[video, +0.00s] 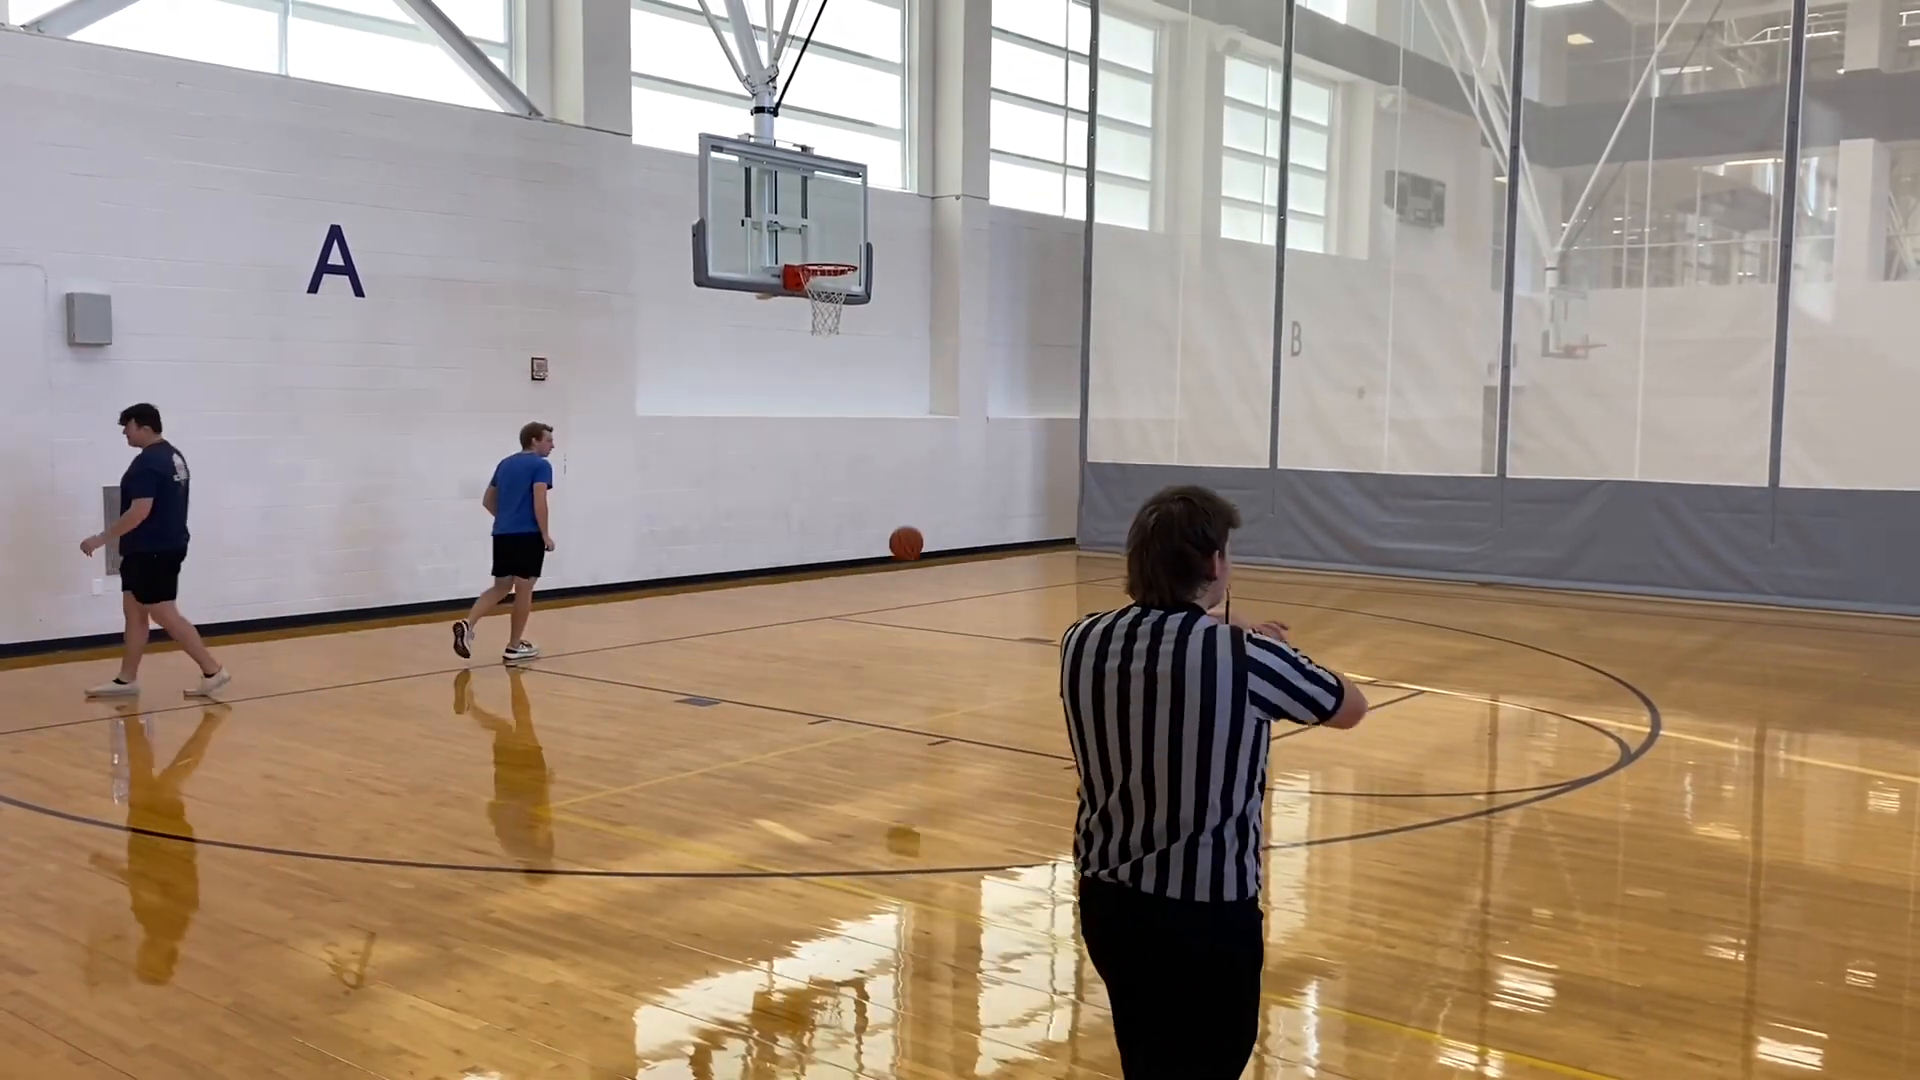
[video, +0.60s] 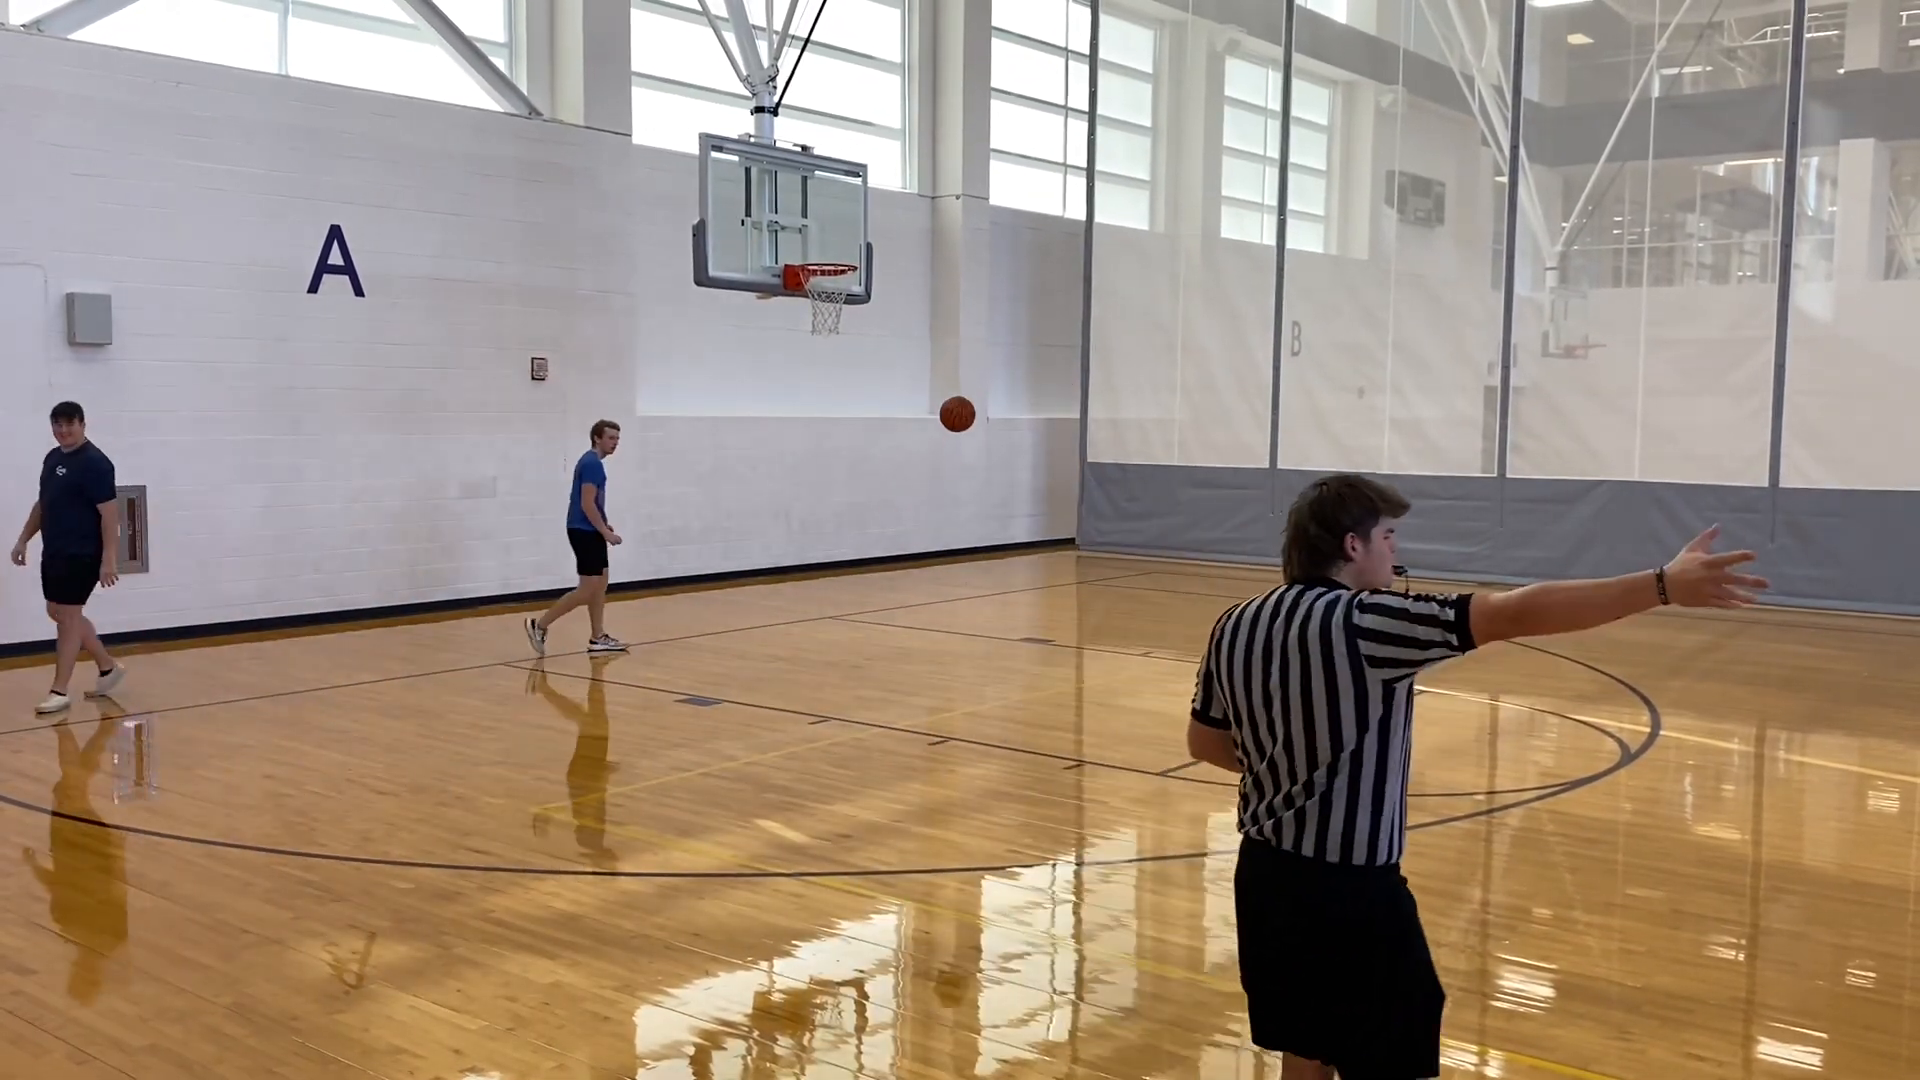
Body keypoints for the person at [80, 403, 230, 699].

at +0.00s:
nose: (125, 435)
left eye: (128, 429)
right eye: (125, 429)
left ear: (143, 428)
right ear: (150, 429)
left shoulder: (148, 461)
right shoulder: (172, 455)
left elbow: (139, 511)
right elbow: (169, 508)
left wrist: (101, 538)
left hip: (150, 551)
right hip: (163, 548)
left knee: (164, 613)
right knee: (135, 610)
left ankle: (214, 672)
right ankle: (126, 679)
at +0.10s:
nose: (110, 431)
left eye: (113, 425)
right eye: (109, 426)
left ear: (131, 424)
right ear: (133, 426)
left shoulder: (138, 457)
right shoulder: (143, 452)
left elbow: (136, 509)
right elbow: (141, 507)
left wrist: (106, 548)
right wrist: (114, 547)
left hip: (139, 547)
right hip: (141, 545)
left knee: (126, 610)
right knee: (126, 611)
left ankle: (187, 663)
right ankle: (126, 680)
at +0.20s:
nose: (97, 429)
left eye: (103, 423)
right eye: (96, 424)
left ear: (120, 422)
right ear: (111, 424)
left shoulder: (128, 456)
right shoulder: (121, 453)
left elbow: (134, 509)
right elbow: (120, 507)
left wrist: (117, 551)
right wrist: (104, 547)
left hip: (126, 546)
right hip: (125, 544)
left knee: (97, 607)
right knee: (123, 609)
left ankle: (155, 661)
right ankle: (126, 678)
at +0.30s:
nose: (88, 429)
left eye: (93, 423)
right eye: (84, 424)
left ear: (110, 422)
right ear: (83, 427)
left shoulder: (124, 458)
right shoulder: (96, 455)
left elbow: (134, 509)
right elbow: (89, 502)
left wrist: (124, 552)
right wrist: (70, 533)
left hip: (111, 548)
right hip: (100, 545)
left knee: (82, 604)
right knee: (116, 609)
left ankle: (113, 674)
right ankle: (125, 680)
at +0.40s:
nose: (76, 431)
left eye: (81, 424)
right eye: (73, 426)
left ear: (98, 423)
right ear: (72, 428)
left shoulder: (116, 460)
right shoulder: (79, 456)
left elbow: (130, 510)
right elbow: (68, 500)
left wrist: (125, 554)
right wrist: (43, 535)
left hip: (101, 551)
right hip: (84, 549)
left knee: (79, 614)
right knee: (109, 610)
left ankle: (70, 689)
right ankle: (125, 678)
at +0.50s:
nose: (69, 432)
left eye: (75, 426)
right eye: (65, 426)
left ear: (90, 426)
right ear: (62, 429)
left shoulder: (106, 464)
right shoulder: (66, 459)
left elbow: (121, 513)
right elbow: (53, 503)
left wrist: (121, 558)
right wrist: (26, 537)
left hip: (93, 554)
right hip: (69, 553)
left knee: (71, 616)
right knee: (95, 611)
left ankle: (60, 691)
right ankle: (122, 674)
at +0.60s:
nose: (62, 430)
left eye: (68, 424)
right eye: (57, 425)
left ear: (82, 425)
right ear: (53, 428)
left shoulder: (98, 463)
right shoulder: (53, 458)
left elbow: (110, 515)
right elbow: (44, 504)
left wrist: (109, 561)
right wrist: (23, 539)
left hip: (83, 552)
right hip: (54, 550)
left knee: (69, 614)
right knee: (58, 611)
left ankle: (59, 691)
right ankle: (108, 666)